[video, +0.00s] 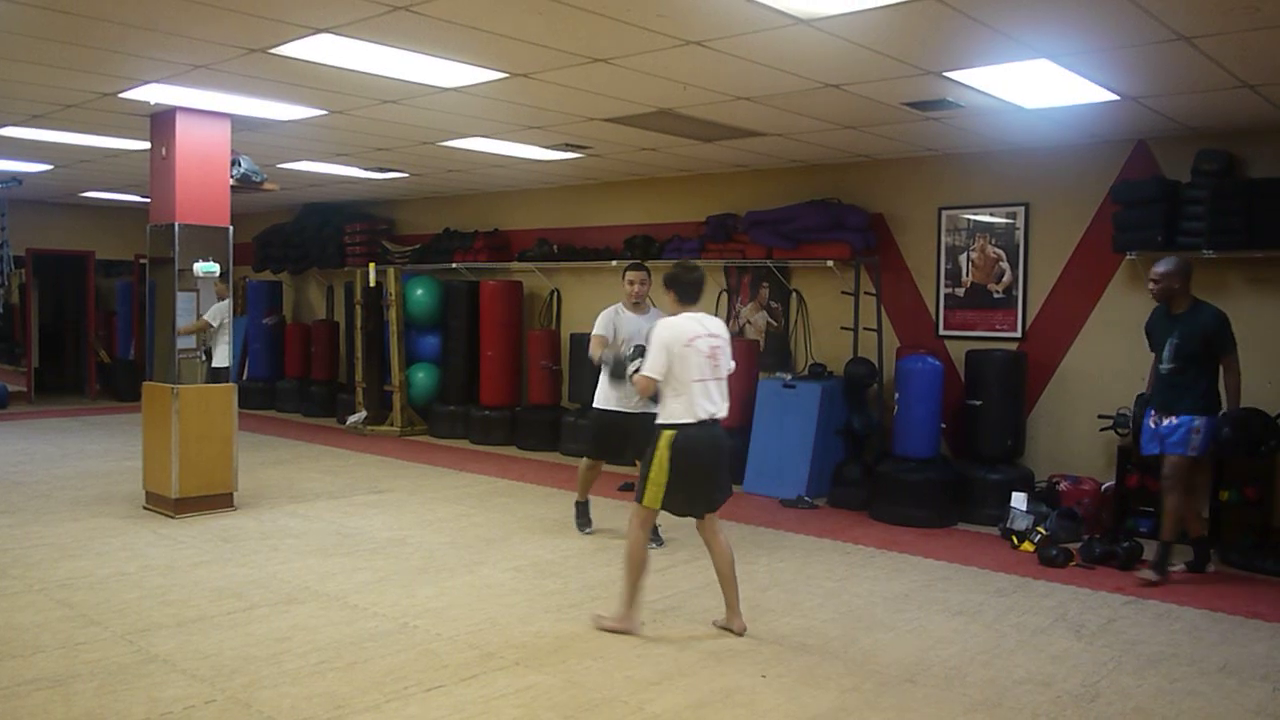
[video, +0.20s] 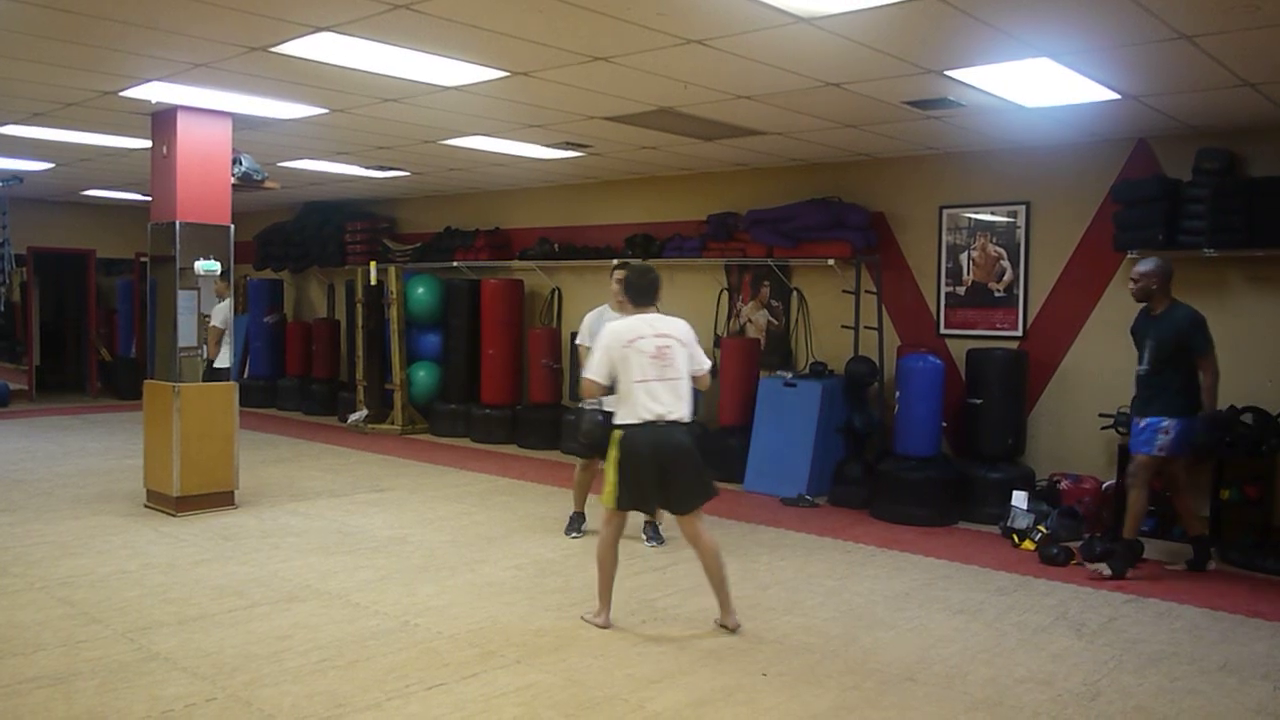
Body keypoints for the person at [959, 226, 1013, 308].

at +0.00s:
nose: (981, 242)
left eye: (985, 238)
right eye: (979, 238)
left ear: (989, 239)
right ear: (975, 238)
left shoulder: (998, 254)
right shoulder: (970, 254)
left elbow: (1008, 273)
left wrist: (1000, 287)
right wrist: (966, 280)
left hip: (990, 289)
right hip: (973, 287)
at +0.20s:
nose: (982, 241)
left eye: (986, 236)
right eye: (979, 237)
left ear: (990, 237)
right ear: (975, 237)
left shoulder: (998, 252)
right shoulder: (971, 252)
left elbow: (1009, 272)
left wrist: (1001, 286)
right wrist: (967, 278)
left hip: (990, 288)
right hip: (974, 287)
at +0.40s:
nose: (983, 241)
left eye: (986, 236)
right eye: (980, 237)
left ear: (990, 237)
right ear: (976, 237)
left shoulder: (998, 252)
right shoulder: (971, 253)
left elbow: (1009, 272)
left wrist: (1000, 286)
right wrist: (966, 278)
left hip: (990, 287)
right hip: (974, 286)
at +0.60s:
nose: (983, 241)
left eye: (986, 237)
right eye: (980, 237)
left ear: (990, 237)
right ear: (976, 238)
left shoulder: (999, 252)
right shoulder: (971, 252)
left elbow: (1009, 272)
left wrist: (1001, 286)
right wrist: (967, 277)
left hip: (990, 288)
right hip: (974, 286)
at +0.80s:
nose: (982, 241)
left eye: (986, 237)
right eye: (979, 237)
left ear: (990, 237)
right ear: (975, 238)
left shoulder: (998, 252)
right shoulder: (971, 252)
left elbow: (1009, 272)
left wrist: (1001, 286)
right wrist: (967, 277)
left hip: (990, 288)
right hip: (974, 286)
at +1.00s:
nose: (983, 241)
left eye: (986, 237)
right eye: (980, 237)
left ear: (990, 237)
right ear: (976, 238)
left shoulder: (999, 252)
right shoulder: (971, 252)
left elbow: (1009, 272)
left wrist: (1001, 286)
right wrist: (967, 277)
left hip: (991, 288)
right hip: (975, 286)